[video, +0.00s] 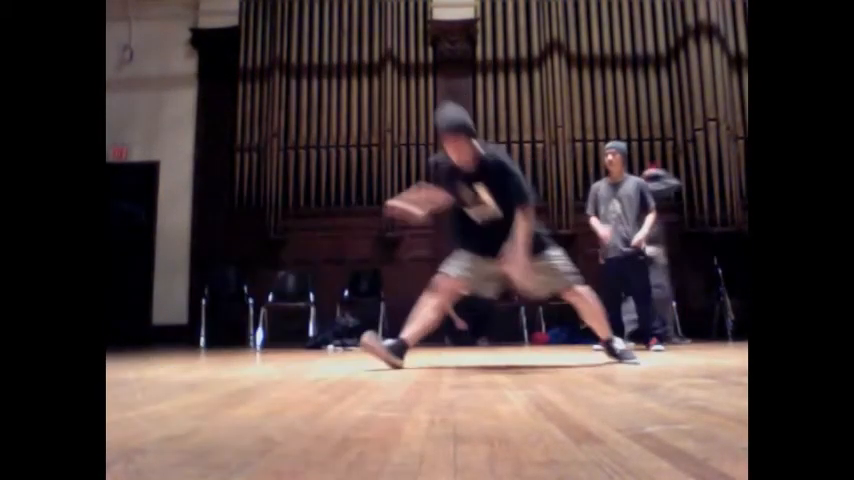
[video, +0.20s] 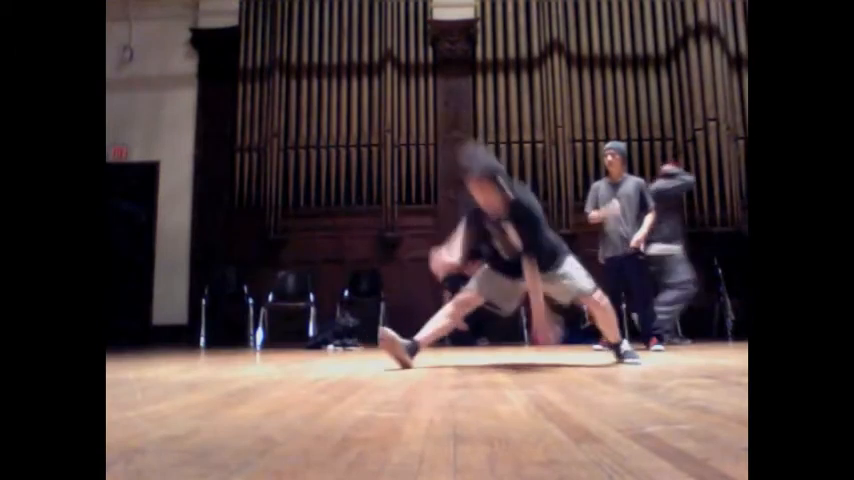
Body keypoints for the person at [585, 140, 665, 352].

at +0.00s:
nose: (609, 159)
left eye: (614, 155)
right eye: (607, 155)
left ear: (623, 158)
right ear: (604, 160)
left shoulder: (637, 184)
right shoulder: (597, 188)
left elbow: (651, 212)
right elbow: (591, 215)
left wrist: (642, 234)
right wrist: (601, 229)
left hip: (633, 251)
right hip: (609, 254)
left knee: (643, 298)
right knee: (610, 301)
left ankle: (650, 336)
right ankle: (614, 337)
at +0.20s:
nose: (609, 160)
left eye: (613, 155)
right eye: (606, 156)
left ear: (622, 159)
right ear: (603, 160)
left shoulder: (637, 184)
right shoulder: (597, 187)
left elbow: (650, 211)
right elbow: (590, 215)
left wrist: (641, 234)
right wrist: (604, 212)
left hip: (633, 250)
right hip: (609, 253)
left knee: (642, 297)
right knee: (611, 298)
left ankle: (651, 336)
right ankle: (612, 337)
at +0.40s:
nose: (608, 162)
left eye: (612, 158)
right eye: (605, 158)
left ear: (622, 160)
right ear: (603, 162)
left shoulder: (637, 183)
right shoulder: (599, 185)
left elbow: (648, 212)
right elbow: (596, 206)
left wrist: (644, 239)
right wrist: (614, 182)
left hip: (633, 248)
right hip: (609, 250)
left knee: (642, 296)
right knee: (610, 298)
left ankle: (653, 336)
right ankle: (612, 337)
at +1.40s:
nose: (607, 165)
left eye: (611, 160)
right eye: (604, 161)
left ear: (622, 162)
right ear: (602, 164)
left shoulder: (638, 185)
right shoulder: (598, 188)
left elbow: (648, 213)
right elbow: (590, 218)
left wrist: (647, 242)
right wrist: (610, 203)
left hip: (635, 247)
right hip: (610, 249)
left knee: (643, 294)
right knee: (611, 296)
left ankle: (653, 336)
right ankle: (612, 337)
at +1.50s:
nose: (610, 162)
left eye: (614, 158)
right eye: (607, 158)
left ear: (623, 160)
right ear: (605, 162)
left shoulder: (639, 184)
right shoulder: (598, 188)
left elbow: (651, 211)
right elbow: (592, 214)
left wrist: (647, 241)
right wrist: (608, 226)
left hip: (636, 250)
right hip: (611, 251)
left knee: (644, 296)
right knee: (610, 298)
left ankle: (653, 336)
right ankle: (609, 337)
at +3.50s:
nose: (612, 159)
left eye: (616, 155)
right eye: (609, 155)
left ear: (625, 158)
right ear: (606, 160)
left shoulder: (640, 185)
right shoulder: (598, 188)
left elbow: (649, 215)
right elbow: (595, 219)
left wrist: (652, 245)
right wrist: (595, 246)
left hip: (636, 251)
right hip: (610, 252)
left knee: (645, 297)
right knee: (610, 299)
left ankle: (653, 336)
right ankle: (609, 337)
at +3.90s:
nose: (611, 161)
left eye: (615, 156)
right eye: (608, 157)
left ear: (624, 159)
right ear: (605, 161)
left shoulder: (639, 184)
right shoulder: (598, 187)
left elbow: (644, 211)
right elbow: (595, 214)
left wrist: (627, 223)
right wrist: (611, 225)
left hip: (636, 252)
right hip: (611, 253)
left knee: (644, 296)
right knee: (610, 298)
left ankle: (653, 336)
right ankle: (609, 337)